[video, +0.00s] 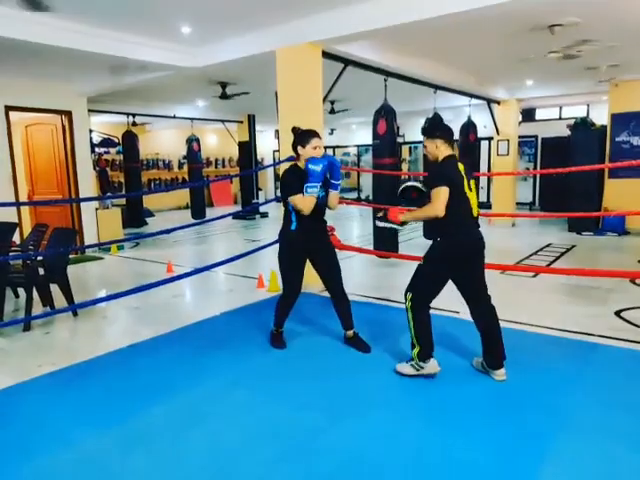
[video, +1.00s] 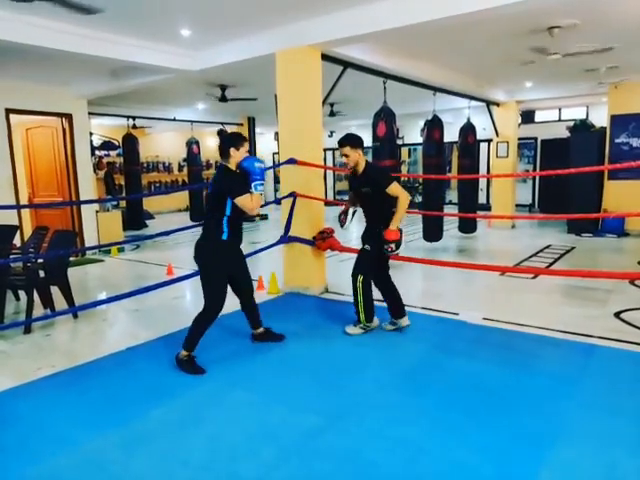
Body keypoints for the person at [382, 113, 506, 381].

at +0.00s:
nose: (425, 149)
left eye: (426, 144)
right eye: (424, 144)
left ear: (437, 143)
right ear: (447, 142)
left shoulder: (441, 170)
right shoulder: (460, 167)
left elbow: (437, 209)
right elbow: (455, 207)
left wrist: (404, 216)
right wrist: (418, 210)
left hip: (449, 246)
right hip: (471, 243)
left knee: (415, 296)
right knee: (480, 303)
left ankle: (423, 360)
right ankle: (495, 364)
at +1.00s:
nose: (344, 161)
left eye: (347, 156)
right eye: (342, 157)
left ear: (359, 152)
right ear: (346, 155)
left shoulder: (375, 173)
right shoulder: (354, 176)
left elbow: (404, 196)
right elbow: (357, 197)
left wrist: (394, 227)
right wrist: (348, 207)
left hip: (381, 230)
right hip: (372, 229)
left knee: (360, 275)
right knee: (380, 275)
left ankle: (366, 321)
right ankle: (399, 316)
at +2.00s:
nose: (310, 165)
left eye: (314, 160)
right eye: (308, 161)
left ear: (327, 160)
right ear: (308, 162)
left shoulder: (340, 183)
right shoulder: (313, 186)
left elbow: (355, 214)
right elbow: (309, 210)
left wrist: (328, 221)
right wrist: (304, 220)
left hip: (343, 232)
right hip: (324, 233)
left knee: (331, 280)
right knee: (324, 276)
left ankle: (336, 339)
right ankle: (333, 307)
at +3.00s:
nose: (296, 147)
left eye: (300, 142)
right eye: (295, 143)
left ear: (314, 141)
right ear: (296, 144)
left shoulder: (327, 165)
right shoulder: (303, 164)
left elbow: (323, 195)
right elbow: (277, 179)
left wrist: (300, 174)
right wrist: (273, 160)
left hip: (329, 226)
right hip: (316, 225)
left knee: (329, 278)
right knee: (325, 275)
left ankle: (338, 332)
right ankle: (339, 313)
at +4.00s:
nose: (217, 147)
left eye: (220, 143)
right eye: (216, 143)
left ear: (232, 140)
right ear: (224, 142)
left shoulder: (245, 159)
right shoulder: (230, 161)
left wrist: (218, 153)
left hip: (250, 223)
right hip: (237, 222)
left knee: (243, 280)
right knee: (228, 274)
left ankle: (259, 327)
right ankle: (218, 318)